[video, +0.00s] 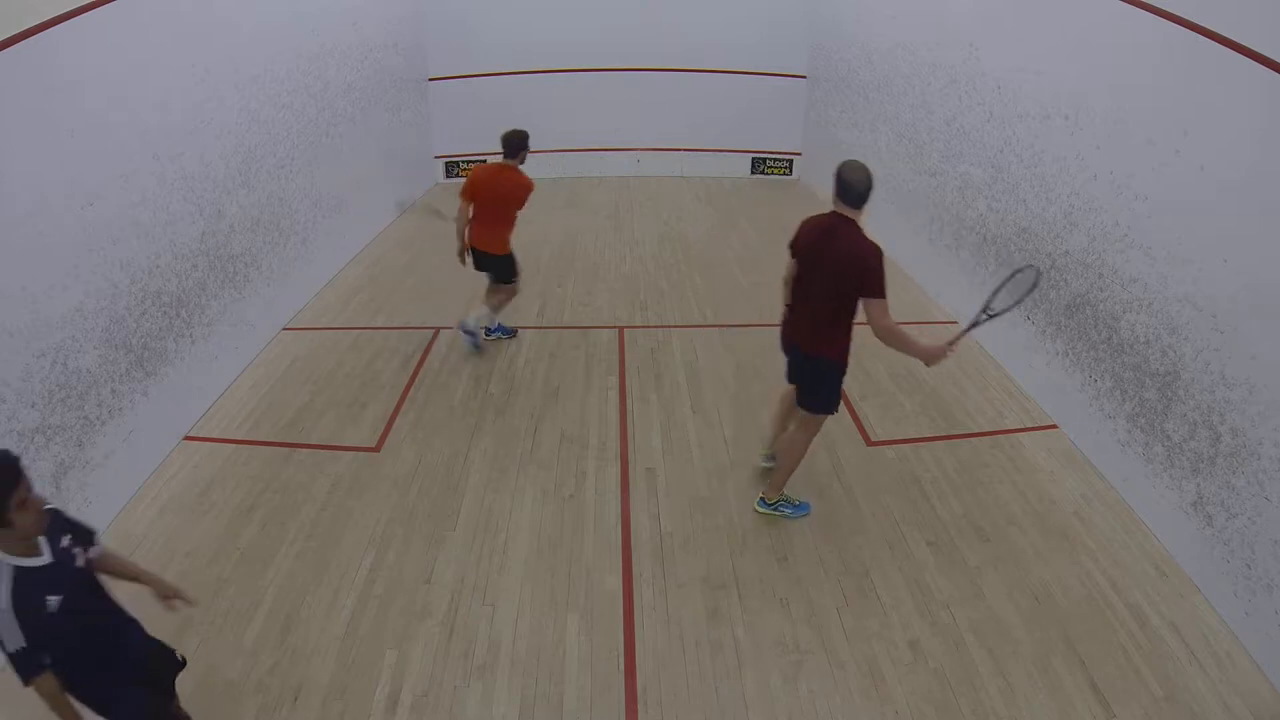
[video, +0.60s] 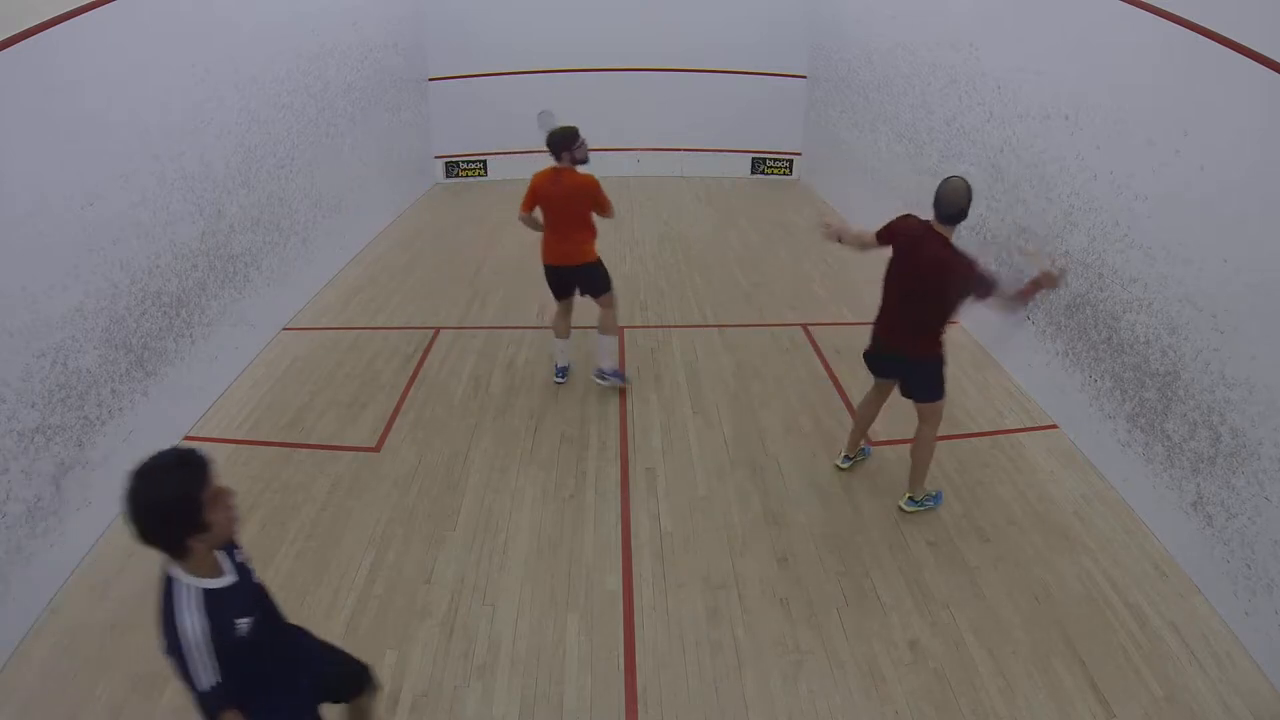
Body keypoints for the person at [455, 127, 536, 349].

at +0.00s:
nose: (527, 155)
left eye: (526, 151)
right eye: (526, 151)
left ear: (503, 150)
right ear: (523, 154)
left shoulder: (479, 172)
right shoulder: (524, 184)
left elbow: (463, 210)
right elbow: (513, 210)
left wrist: (461, 242)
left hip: (475, 245)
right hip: (499, 249)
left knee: (495, 282)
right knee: (510, 289)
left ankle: (491, 326)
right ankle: (473, 323)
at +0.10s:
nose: (535, 154)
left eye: (534, 150)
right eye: (534, 151)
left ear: (509, 151)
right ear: (531, 154)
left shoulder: (489, 176)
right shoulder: (534, 184)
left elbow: (473, 211)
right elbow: (519, 207)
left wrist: (466, 247)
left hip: (488, 247)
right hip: (514, 250)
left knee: (503, 280)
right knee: (533, 288)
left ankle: (493, 326)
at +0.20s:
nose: (544, 155)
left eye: (543, 151)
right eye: (543, 151)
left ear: (517, 154)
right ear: (538, 155)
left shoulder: (498, 180)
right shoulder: (546, 184)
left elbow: (484, 218)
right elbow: (538, 211)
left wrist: (475, 253)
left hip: (501, 251)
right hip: (528, 253)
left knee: (510, 283)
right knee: (551, 293)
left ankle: (495, 327)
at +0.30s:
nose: (556, 151)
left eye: (554, 147)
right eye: (553, 148)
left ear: (527, 155)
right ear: (546, 154)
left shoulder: (511, 181)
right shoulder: (560, 182)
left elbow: (495, 217)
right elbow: (561, 209)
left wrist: (486, 254)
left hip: (519, 252)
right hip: (546, 254)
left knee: (515, 286)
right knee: (566, 299)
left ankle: (501, 330)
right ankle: (563, 357)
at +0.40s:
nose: (566, 142)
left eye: (564, 138)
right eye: (563, 140)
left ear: (539, 148)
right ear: (553, 147)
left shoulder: (521, 175)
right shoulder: (570, 175)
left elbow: (505, 212)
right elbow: (579, 202)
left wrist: (502, 248)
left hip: (531, 252)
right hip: (560, 253)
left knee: (534, 289)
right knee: (569, 300)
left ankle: (522, 340)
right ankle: (564, 355)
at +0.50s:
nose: (576, 139)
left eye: (573, 135)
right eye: (570, 137)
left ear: (547, 146)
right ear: (558, 145)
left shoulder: (530, 172)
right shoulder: (577, 172)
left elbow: (514, 208)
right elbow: (594, 202)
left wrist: (524, 237)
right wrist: (567, 190)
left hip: (542, 250)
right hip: (571, 251)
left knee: (552, 294)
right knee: (586, 296)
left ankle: (552, 353)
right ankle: (580, 351)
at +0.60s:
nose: (586, 148)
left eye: (584, 143)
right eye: (581, 146)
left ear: (559, 154)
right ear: (567, 153)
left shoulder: (540, 180)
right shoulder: (586, 183)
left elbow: (524, 216)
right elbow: (607, 212)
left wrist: (545, 229)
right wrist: (581, 198)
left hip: (553, 261)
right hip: (585, 260)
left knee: (563, 306)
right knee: (607, 304)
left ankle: (561, 366)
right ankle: (606, 367)